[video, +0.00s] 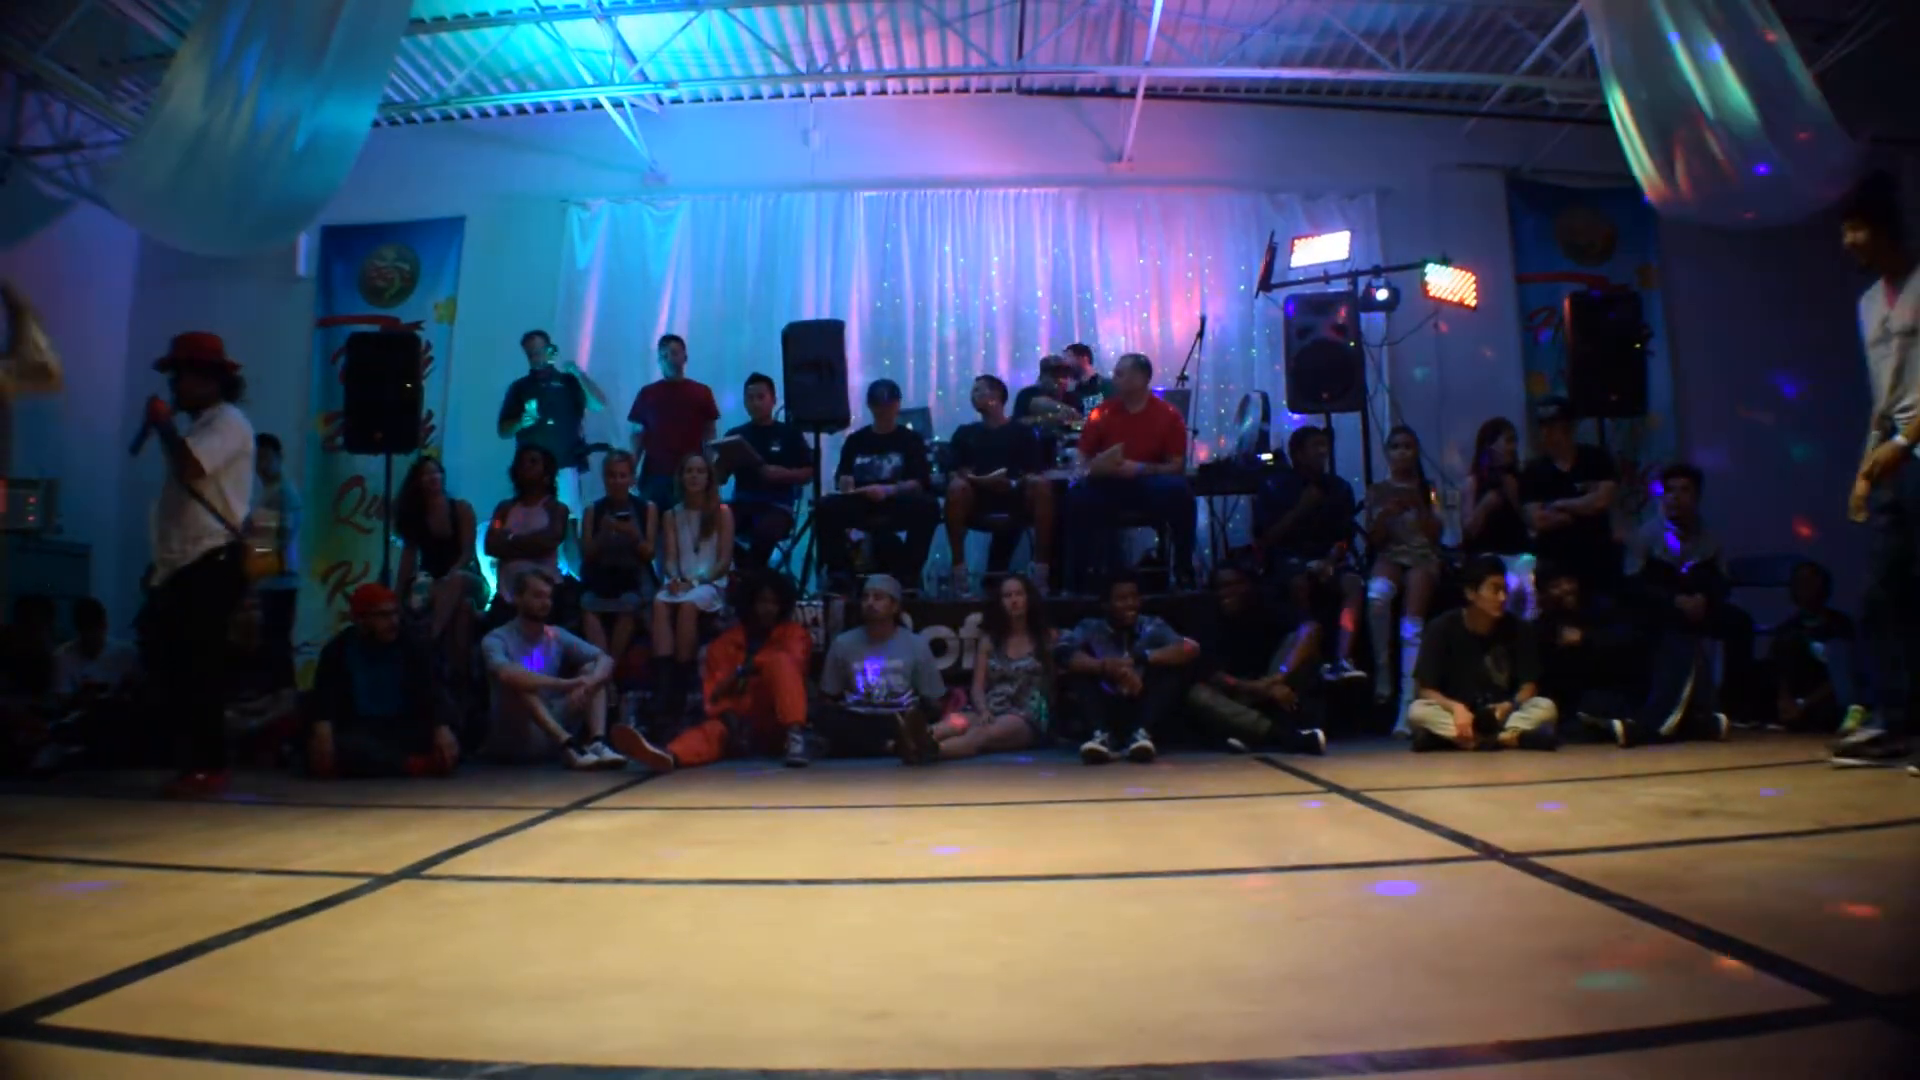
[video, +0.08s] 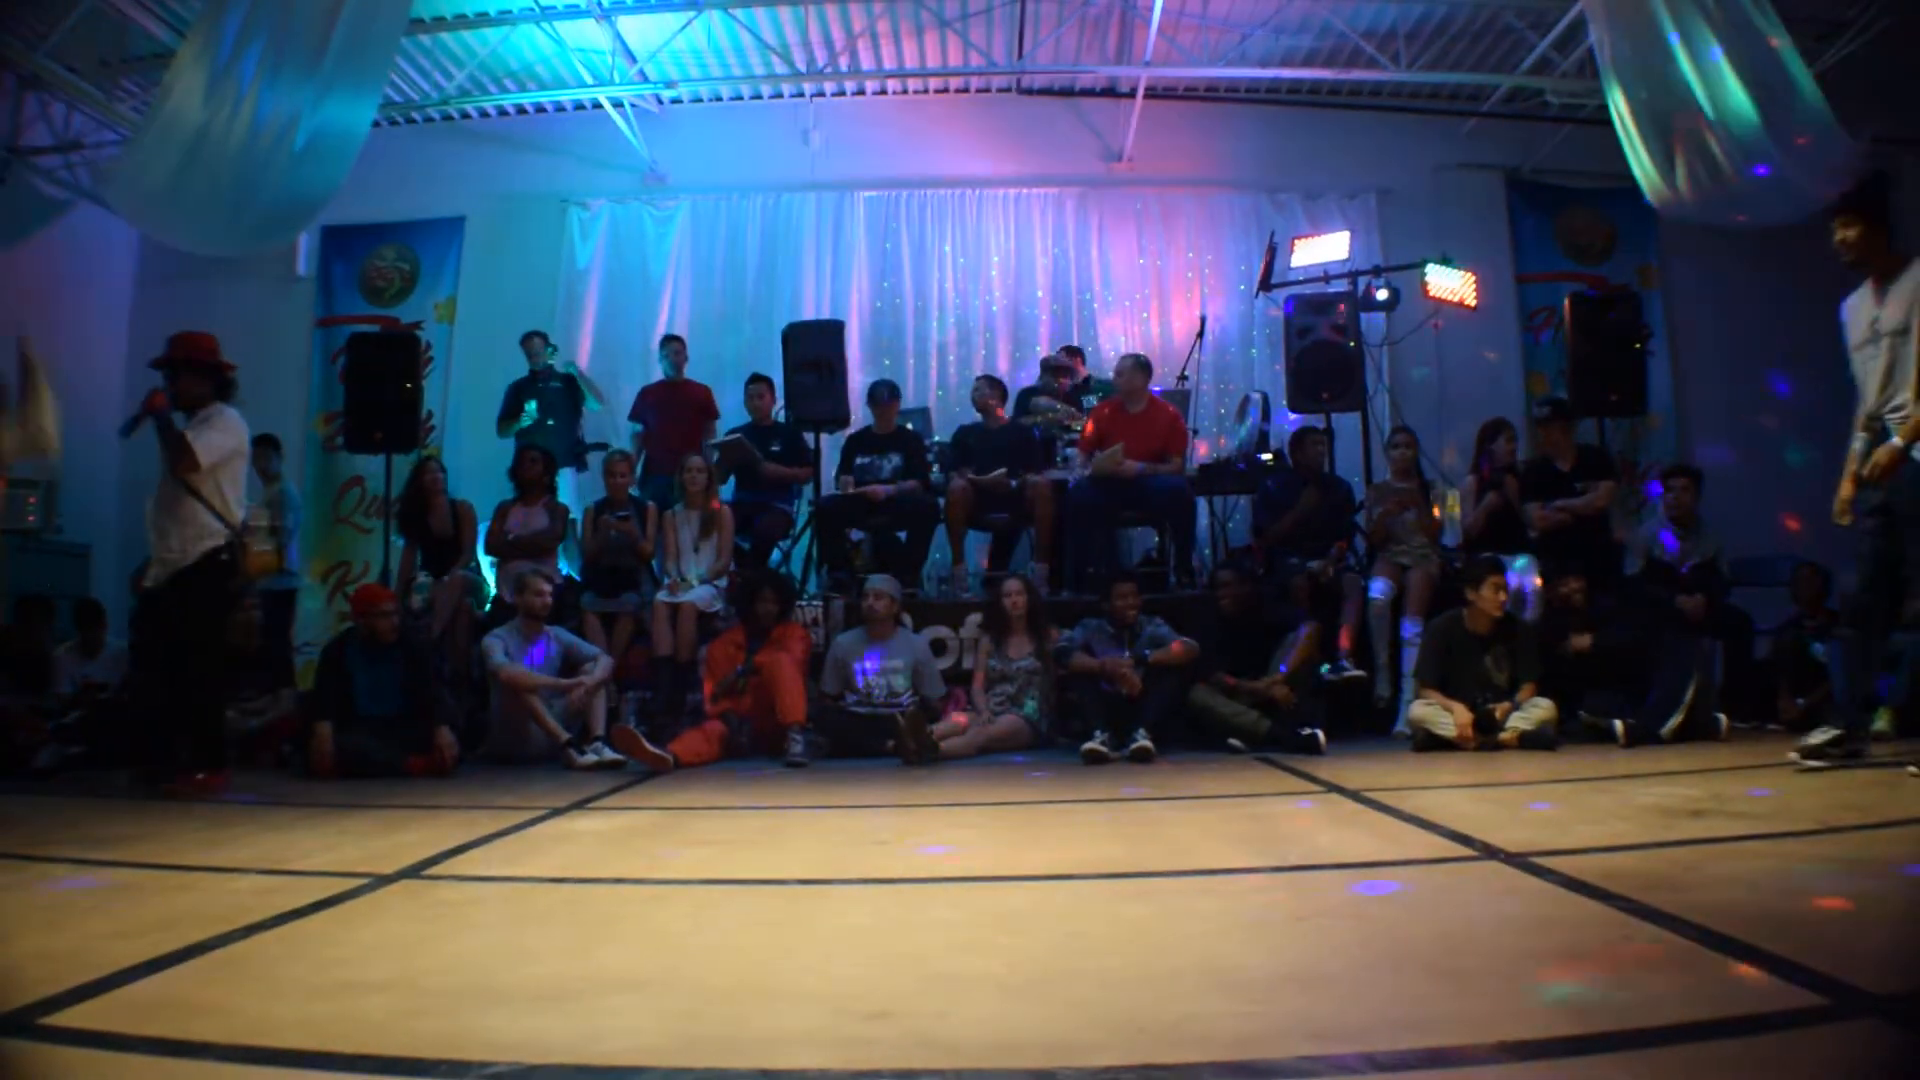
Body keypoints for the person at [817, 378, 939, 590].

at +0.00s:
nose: (885, 410)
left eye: (889, 404)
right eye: (879, 404)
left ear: (898, 406)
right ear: (871, 407)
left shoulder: (911, 440)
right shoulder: (855, 441)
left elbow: (921, 481)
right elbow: (844, 478)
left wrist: (888, 490)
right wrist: (853, 490)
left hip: (899, 501)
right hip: (862, 502)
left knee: (927, 508)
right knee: (827, 507)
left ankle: (908, 578)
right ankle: (839, 576)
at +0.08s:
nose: (884, 410)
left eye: (889, 404)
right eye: (878, 404)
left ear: (897, 406)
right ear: (870, 406)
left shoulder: (911, 440)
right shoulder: (855, 441)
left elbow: (921, 482)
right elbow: (844, 479)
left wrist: (888, 490)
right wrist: (854, 490)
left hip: (899, 501)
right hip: (862, 502)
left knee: (927, 508)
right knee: (827, 507)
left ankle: (908, 578)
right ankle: (839, 575)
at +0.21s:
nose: (885, 410)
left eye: (890, 404)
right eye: (880, 404)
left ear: (898, 406)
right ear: (871, 407)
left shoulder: (911, 440)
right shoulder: (855, 441)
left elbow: (921, 482)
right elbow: (842, 474)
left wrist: (889, 490)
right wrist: (845, 485)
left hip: (899, 501)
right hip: (861, 501)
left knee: (927, 508)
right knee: (827, 507)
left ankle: (909, 578)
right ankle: (838, 575)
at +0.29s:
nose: (883, 411)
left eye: (888, 405)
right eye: (878, 405)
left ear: (898, 406)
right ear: (870, 407)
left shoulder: (911, 440)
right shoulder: (855, 441)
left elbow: (922, 482)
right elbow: (841, 478)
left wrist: (889, 490)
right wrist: (840, 484)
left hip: (899, 501)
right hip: (861, 501)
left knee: (927, 508)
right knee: (827, 509)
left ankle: (908, 579)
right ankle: (839, 576)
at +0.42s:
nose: (884, 411)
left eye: (889, 405)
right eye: (879, 405)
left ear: (898, 406)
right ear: (870, 407)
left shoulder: (911, 440)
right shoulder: (855, 440)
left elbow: (922, 482)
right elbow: (841, 479)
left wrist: (890, 490)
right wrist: (842, 485)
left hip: (900, 501)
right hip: (861, 501)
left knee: (927, 508)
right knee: (827, 508)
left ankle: (909, 578)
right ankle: (839, 576)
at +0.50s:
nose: (880, 409)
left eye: (886, 403)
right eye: (875, 404)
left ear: (897, 405)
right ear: (869, 406)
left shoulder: (912, 440)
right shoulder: (854, 441)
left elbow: (921, 483)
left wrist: (889, 490)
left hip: (900, 503)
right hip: (861, 504)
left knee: (928, 508)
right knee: (827, 508)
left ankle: (908, 580)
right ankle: (841, 579)